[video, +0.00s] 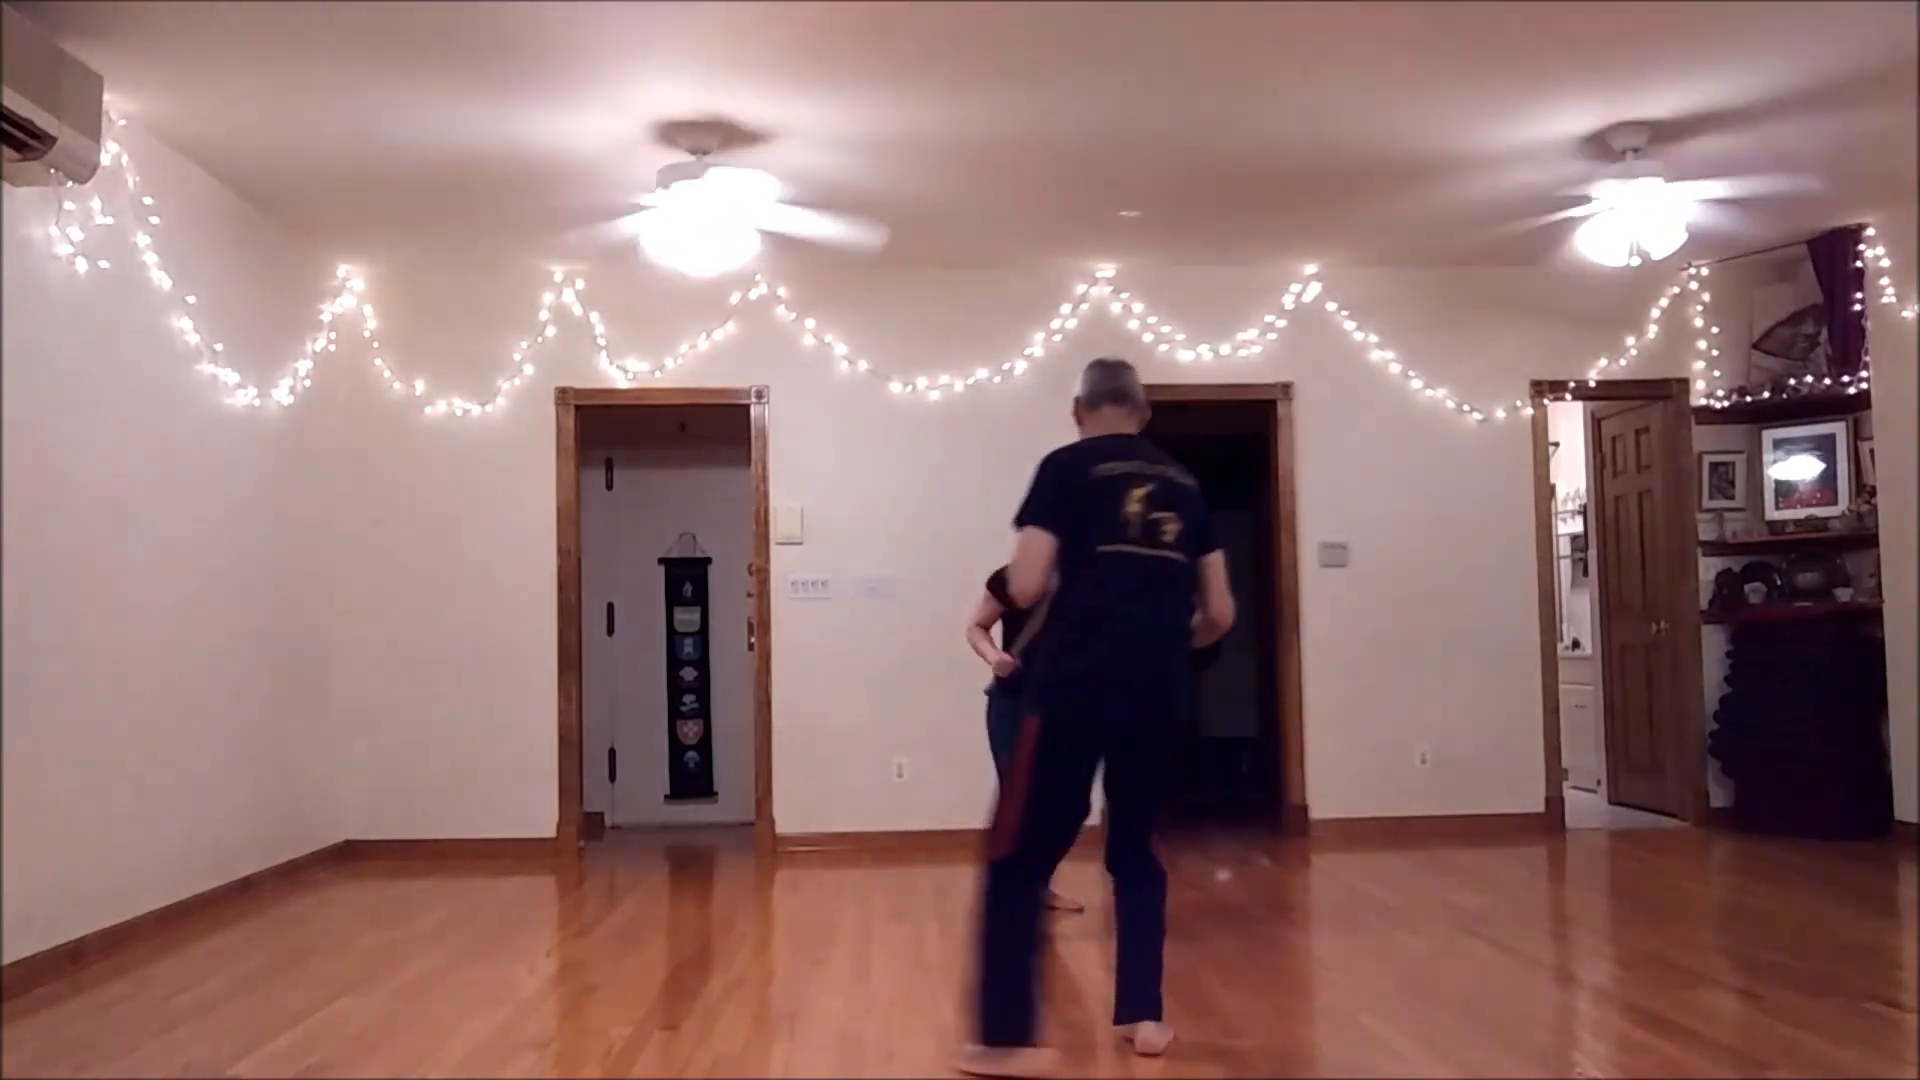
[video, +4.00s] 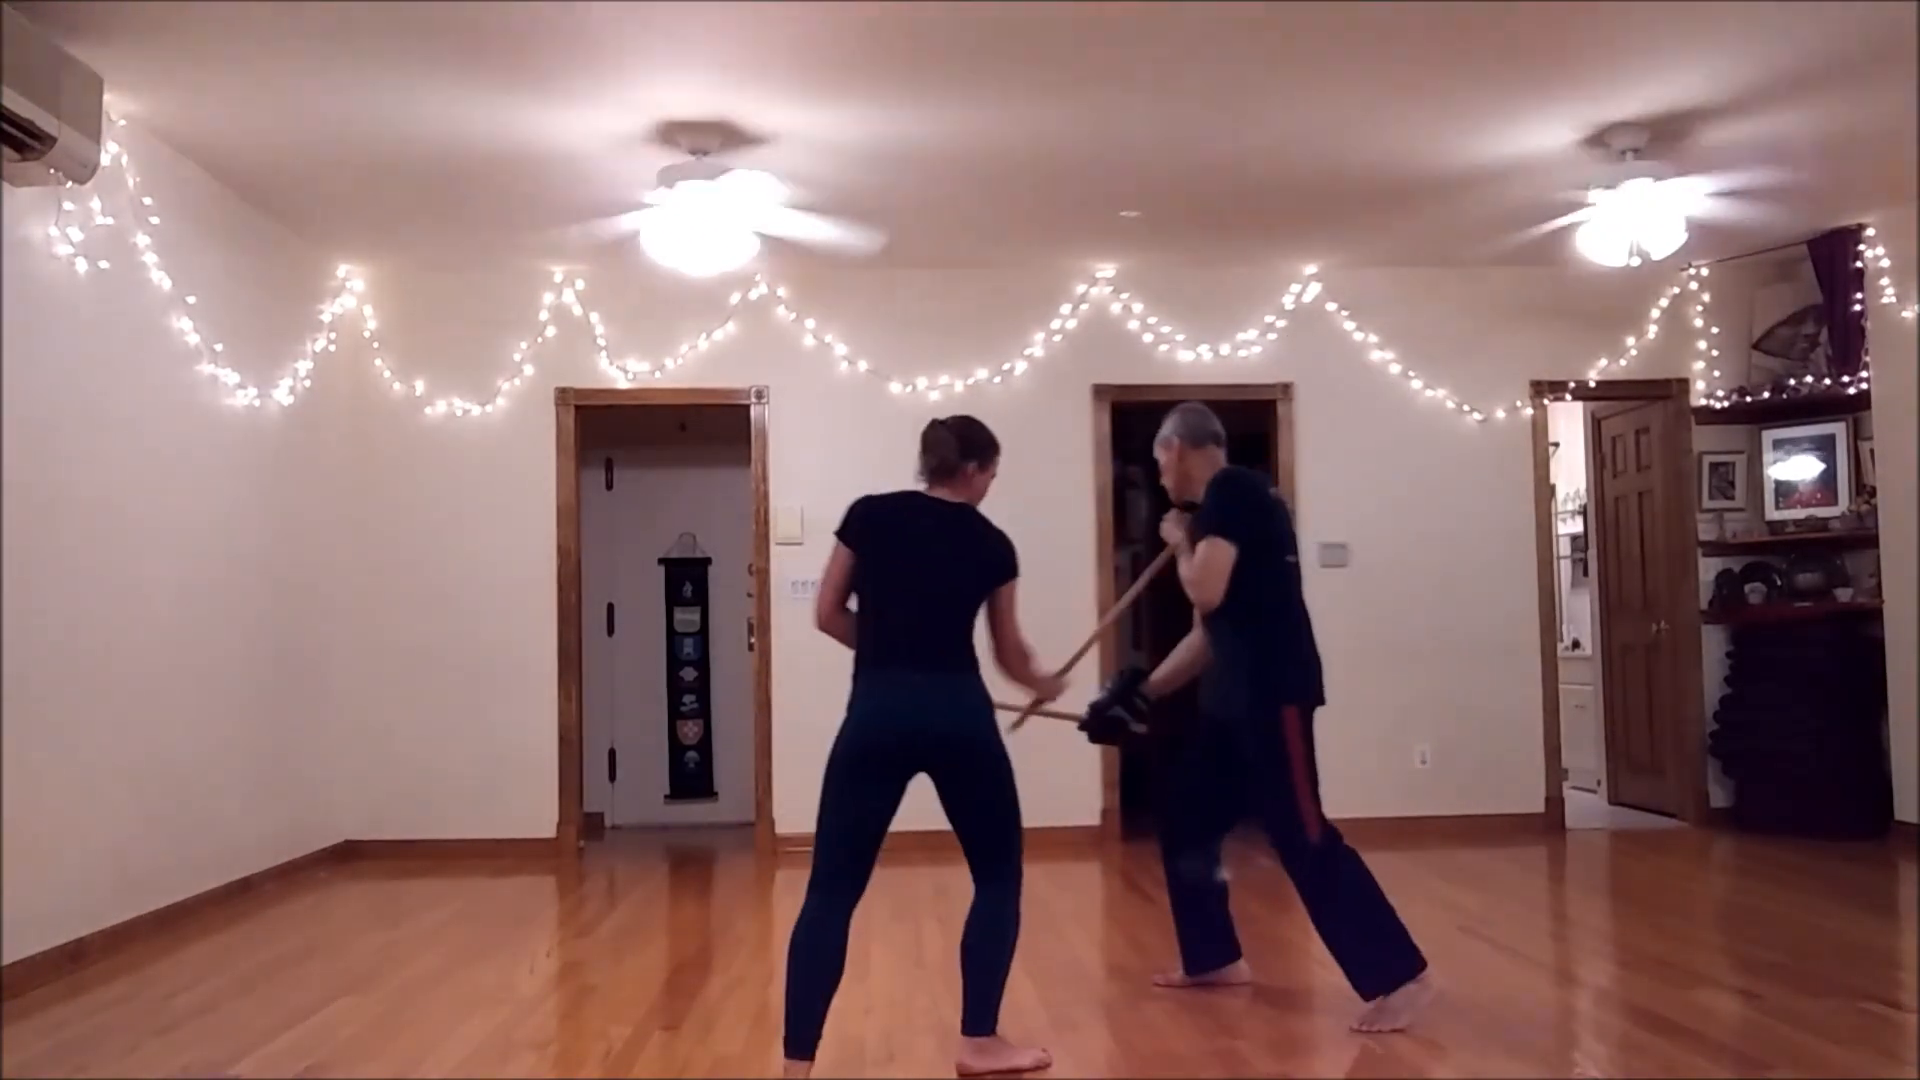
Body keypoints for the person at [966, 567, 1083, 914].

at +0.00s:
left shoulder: (1086, 580)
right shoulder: (1016, 576)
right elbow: (976, 626)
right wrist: (994, 656)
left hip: (1061, 694)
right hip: (1015, 693)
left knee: (1058, 801)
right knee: (1018, 796)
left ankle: (1040, 882)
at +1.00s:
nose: (941, 544)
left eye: (944, 535)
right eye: (932, 535)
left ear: (945, 536)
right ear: (907, 537)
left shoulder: (925, 581)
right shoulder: (884, 580)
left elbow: (908, 645)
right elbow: (845, 645)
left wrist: (934, 633)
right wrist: (897, 659)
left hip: (869, 707)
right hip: (851, 708)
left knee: (866, 808)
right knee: (909, 798)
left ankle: (806, 898)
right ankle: (927, 920)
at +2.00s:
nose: (870, 535)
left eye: (874, 526)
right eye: (861, 526)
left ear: (869, 531)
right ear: (830, 529)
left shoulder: (839, 575)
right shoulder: (811, 576)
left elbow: (814, 637)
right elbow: (785, 648)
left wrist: (851, 641)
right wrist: (850, 649)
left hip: (780, 706)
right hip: (773, 708)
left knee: (781, 811)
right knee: (826, 810)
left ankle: (717, 905)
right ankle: (805, 929)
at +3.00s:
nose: (949, 546)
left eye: (950, 537)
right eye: (941, 537)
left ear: (910, 543)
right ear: (910, 542)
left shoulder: (892, 586)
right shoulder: (908, 598)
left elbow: (929, 637)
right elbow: (981, 664)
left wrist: (958, 637)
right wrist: (1054, 670)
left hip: (843, 729)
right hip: (856, 739)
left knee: (836, 820)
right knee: (943, 817)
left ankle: (755, 883)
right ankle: (968, 945)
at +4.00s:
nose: (993, 483)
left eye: (992, 473)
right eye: (993, 473)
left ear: (928, 466)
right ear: (977, 471)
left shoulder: (870, 512)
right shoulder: (990, 543)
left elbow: (828, 614)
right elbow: (1009, 653)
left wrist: (878, 643)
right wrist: (1041, 680)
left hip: (876, 719)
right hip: (958, 723)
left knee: (832, 886)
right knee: (997, 876)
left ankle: (796, 1059)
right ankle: (979, 1038)